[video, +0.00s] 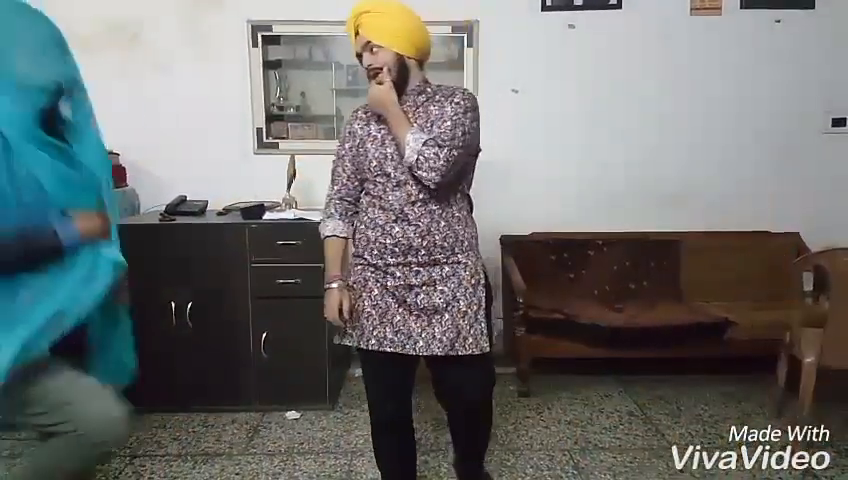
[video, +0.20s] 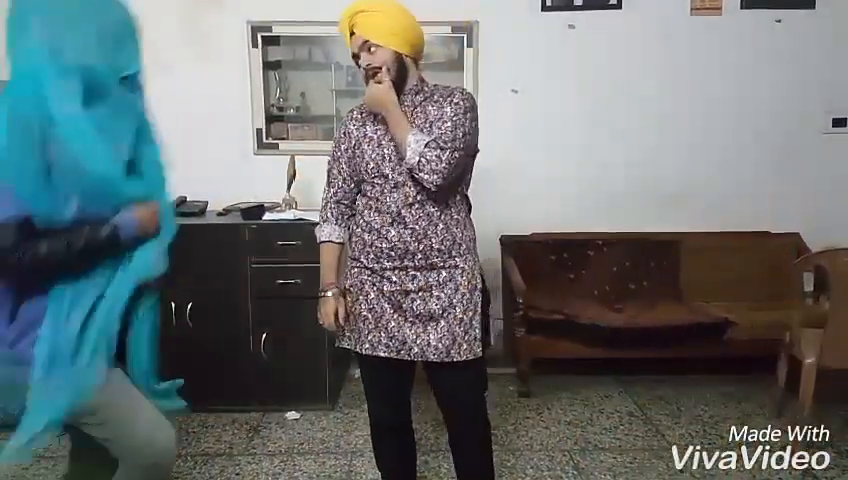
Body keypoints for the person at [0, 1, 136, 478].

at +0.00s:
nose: (59, 104)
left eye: (60, 90)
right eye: (44, 91)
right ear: (13, 86)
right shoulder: (9, 154)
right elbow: (7, 249)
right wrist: (67, 231)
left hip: (17, 346)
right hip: (8, 351)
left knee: (100, 419)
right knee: (100, 420)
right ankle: (15, 468)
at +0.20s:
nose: (120, 75)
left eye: (123, 61)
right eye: (105, 58)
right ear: (60, 50)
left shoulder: (118, 113)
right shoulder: (16, 117)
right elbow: (15, 260)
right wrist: (119, 232)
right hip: (27, 335)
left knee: (92, 457)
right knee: (151, 444)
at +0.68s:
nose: (280, 75)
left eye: (280, 57)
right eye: (263, 58)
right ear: (225, 63)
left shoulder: (286, 136)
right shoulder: (185, 152)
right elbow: (194, 280)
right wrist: (298, 235)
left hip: (282, 338)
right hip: (213, 355)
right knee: (304, 460)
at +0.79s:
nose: (307, 96)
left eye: (307, 78)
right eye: (292, 82)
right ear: (251, 83)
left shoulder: (307, 161)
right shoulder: (215, 177)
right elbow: (217, 313)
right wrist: (323, 276)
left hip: (304, 350)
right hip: (235, 372)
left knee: (365, 450)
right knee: (360, 459)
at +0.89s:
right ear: (279, 57)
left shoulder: (334, 136)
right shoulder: (236, 148)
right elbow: (232, 284)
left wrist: (367, 284)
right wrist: (338, 257)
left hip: (332, 345)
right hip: (261, 366)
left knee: (389, 457)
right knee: (371, 465)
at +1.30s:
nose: (405, 40)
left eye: (419, 23)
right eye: (388, 23)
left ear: (433, 27)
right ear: (361, 26)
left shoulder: (460, 108)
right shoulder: (333, 102)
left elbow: (473, 199)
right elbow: (316, 206)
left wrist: (497, 245)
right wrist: (428, 202)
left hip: (453, 349)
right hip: (362, 348)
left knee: (455, 465)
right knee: (368, 464)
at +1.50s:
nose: (386, 70)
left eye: (395, 56)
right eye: (374, 62)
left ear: (418, 53)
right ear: (364, 68)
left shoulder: (448, 118)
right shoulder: (352, 126)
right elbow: (329, 213)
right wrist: (330, 296)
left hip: (445, 298)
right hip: (373, 302)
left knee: (444, 420)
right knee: (386, 430)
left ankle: (436, 473)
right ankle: (385, 475)